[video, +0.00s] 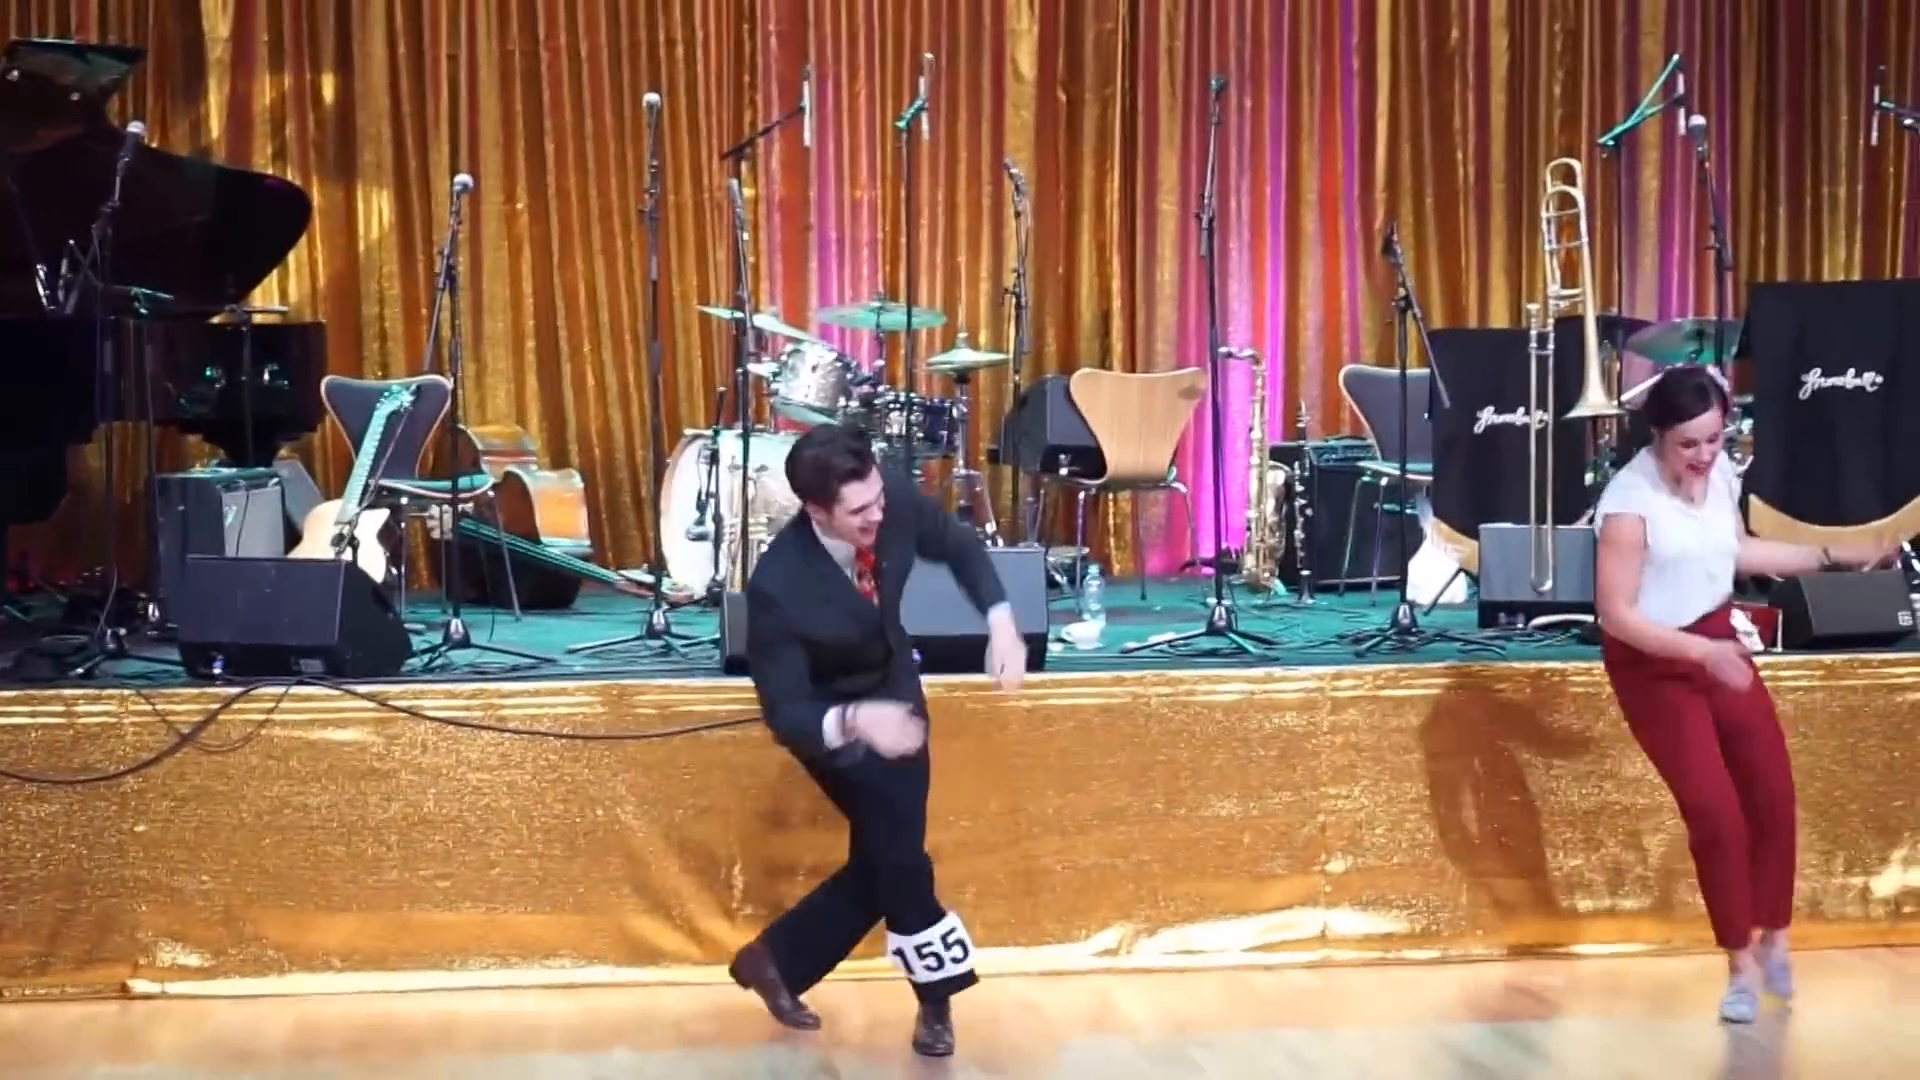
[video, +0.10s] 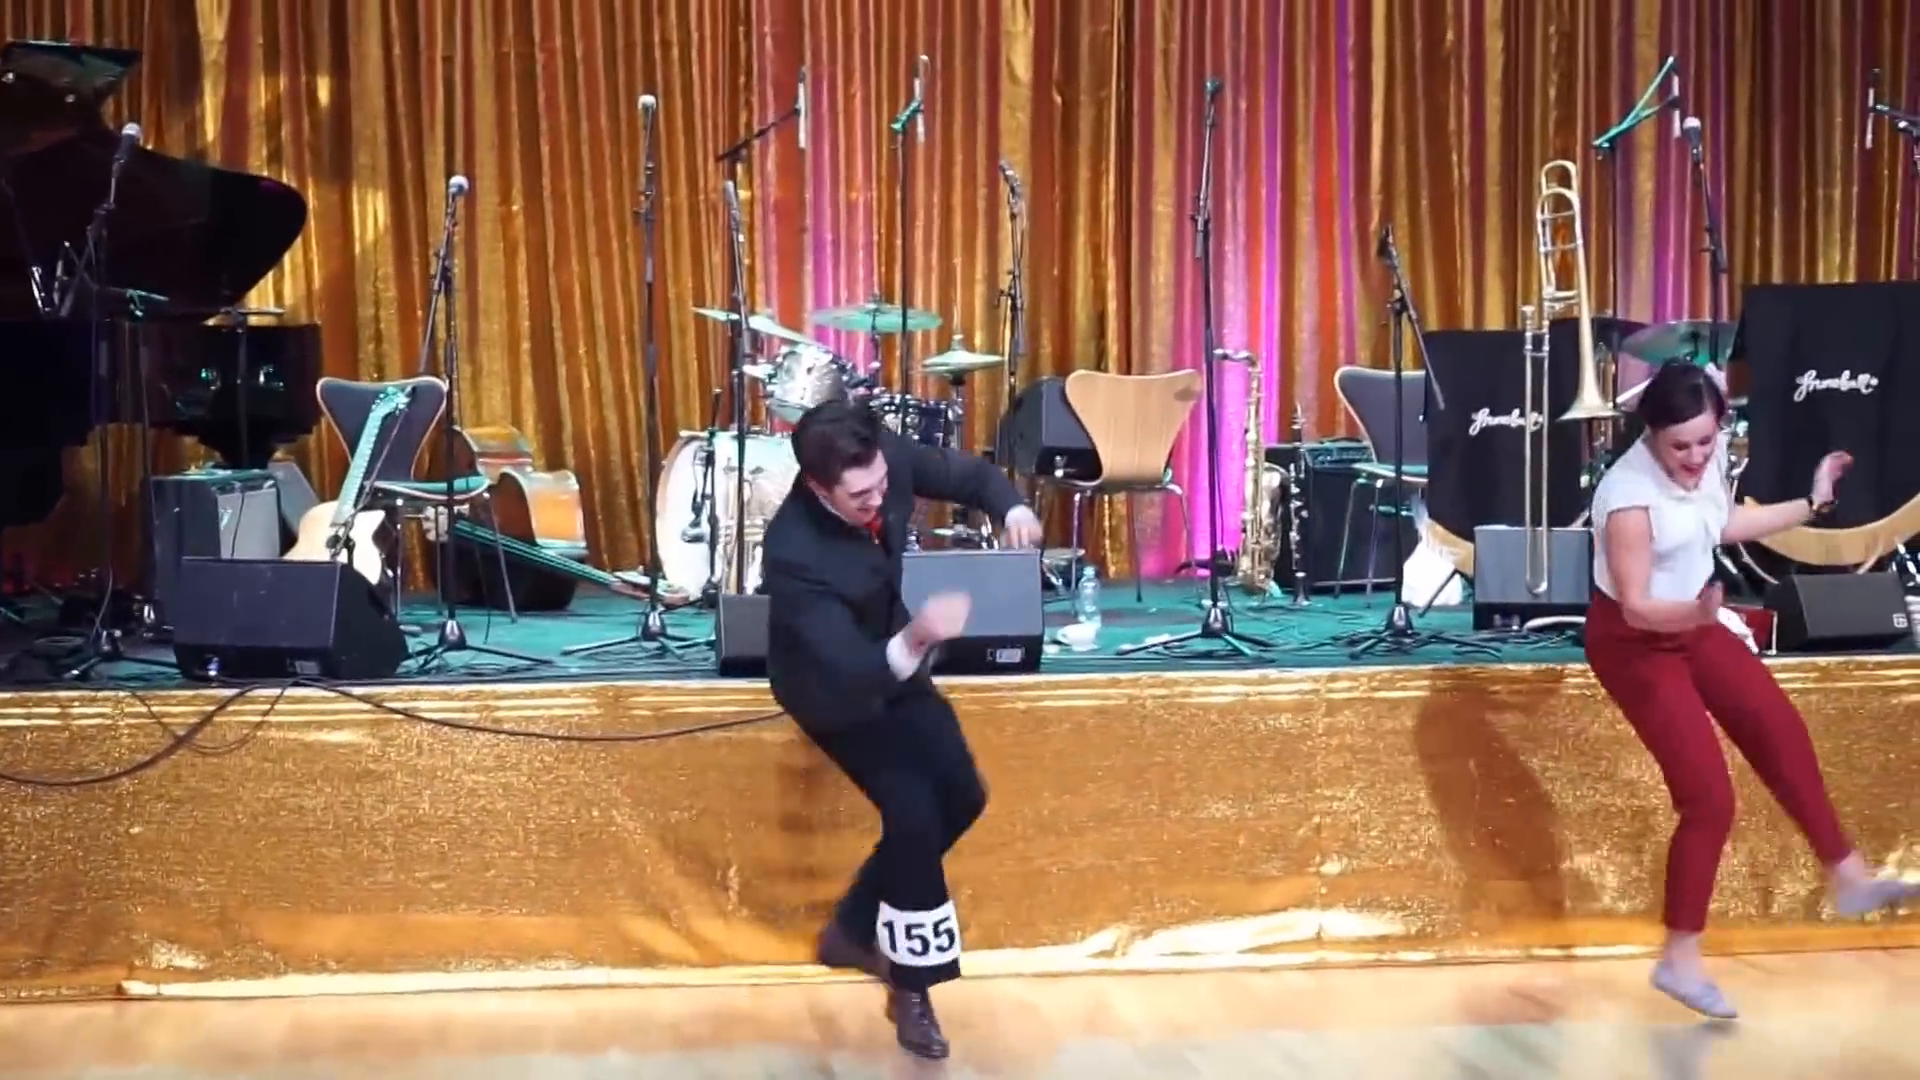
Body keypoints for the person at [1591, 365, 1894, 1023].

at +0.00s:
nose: (1704, 455)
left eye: (1713, 440)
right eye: (1689, 443)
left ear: (1723, 430)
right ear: (1657, 436)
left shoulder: (1721, 476)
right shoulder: (1628, 499)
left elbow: (1733, 553)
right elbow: (1614, 616)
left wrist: (1840, 556)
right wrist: (1700, 651)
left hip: (1721, 641)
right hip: (1649, 658)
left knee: (1773, 791)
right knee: (1713, 806)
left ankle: (1774, 940)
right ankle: (1741, 963)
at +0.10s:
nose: (1695, 456)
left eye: (1704, 442)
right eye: (1680, 445)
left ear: (1718, 425)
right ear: (1651, 433)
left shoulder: (1714, 456)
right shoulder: (1628, 491)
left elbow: (1724, 526)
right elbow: (1635, 611)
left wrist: (1811, 503)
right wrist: (1699, 610)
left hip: (1698, 625)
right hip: (1632, 639)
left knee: (1780, 732)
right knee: (1708, 799)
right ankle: (1679, 960)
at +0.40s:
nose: (1656, 507)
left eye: (1668, 492)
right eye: (1642, 496)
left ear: (1685, 477)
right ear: (1619, 480)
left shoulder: (1694, 492)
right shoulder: (1590, 527)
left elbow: (1688, 582)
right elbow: (1569, 642)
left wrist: (1727, 585)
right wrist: (1665, 667)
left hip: (1645, 644)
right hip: (1578, 661)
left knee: (1747, 728)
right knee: (1638, 817)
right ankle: (1640, 986)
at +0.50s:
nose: (1636, 501)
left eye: (1648, 485)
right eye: (1620, 489)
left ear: (1664, 474)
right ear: (1598, 482)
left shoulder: (1685, 499)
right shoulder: (1568, 544)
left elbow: (1692, 602)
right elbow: (1524, 636)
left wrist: (1701, 577)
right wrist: (1557, 730)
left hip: (1638, 662)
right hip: (1571, 677)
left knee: (1699, 784)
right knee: (1632, 838)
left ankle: (1609, 905)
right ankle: (1667, 981)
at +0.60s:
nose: (1610, 498)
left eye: (1621, 483)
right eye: (1594, 486)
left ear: (1637, 479)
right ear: (1572, 488)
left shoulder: (1661, 520)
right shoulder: (1540, 559)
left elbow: (1688, 623)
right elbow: (1464, 623)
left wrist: (1680, 576)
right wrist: (1459, 722)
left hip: (1620, 687)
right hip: (1553, 693)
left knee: (1620, 840)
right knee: (1617, 840)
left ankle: (1497, 938)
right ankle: (1668, 988)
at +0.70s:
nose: (1581, 487)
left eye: (1592, 472)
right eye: (1566, 474)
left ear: (1609, 471)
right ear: (1543, 477)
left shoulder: (1634, 517)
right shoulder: (1508, 537)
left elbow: (1660, 624)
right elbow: (1425, 572)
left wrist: (1655, 580)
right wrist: (1419, 656)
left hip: (1589, 679)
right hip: (1515, 680)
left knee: (1569, 824)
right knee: (1575, 821)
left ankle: (1480, 949)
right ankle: (1624, 972)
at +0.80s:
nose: (1556, 481)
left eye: (1567, 467)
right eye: (1541, 469)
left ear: (1580, 469)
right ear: (1513, 473)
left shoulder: (1602, 522)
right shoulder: (1466, 527)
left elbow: (1621, 613)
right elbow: (1420, 562)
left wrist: (1625, 656)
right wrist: (1397, 637)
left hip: (1560, 681)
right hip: (1481, 683)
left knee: (1570, 826)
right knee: (1522, 822)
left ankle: (1507, 950)